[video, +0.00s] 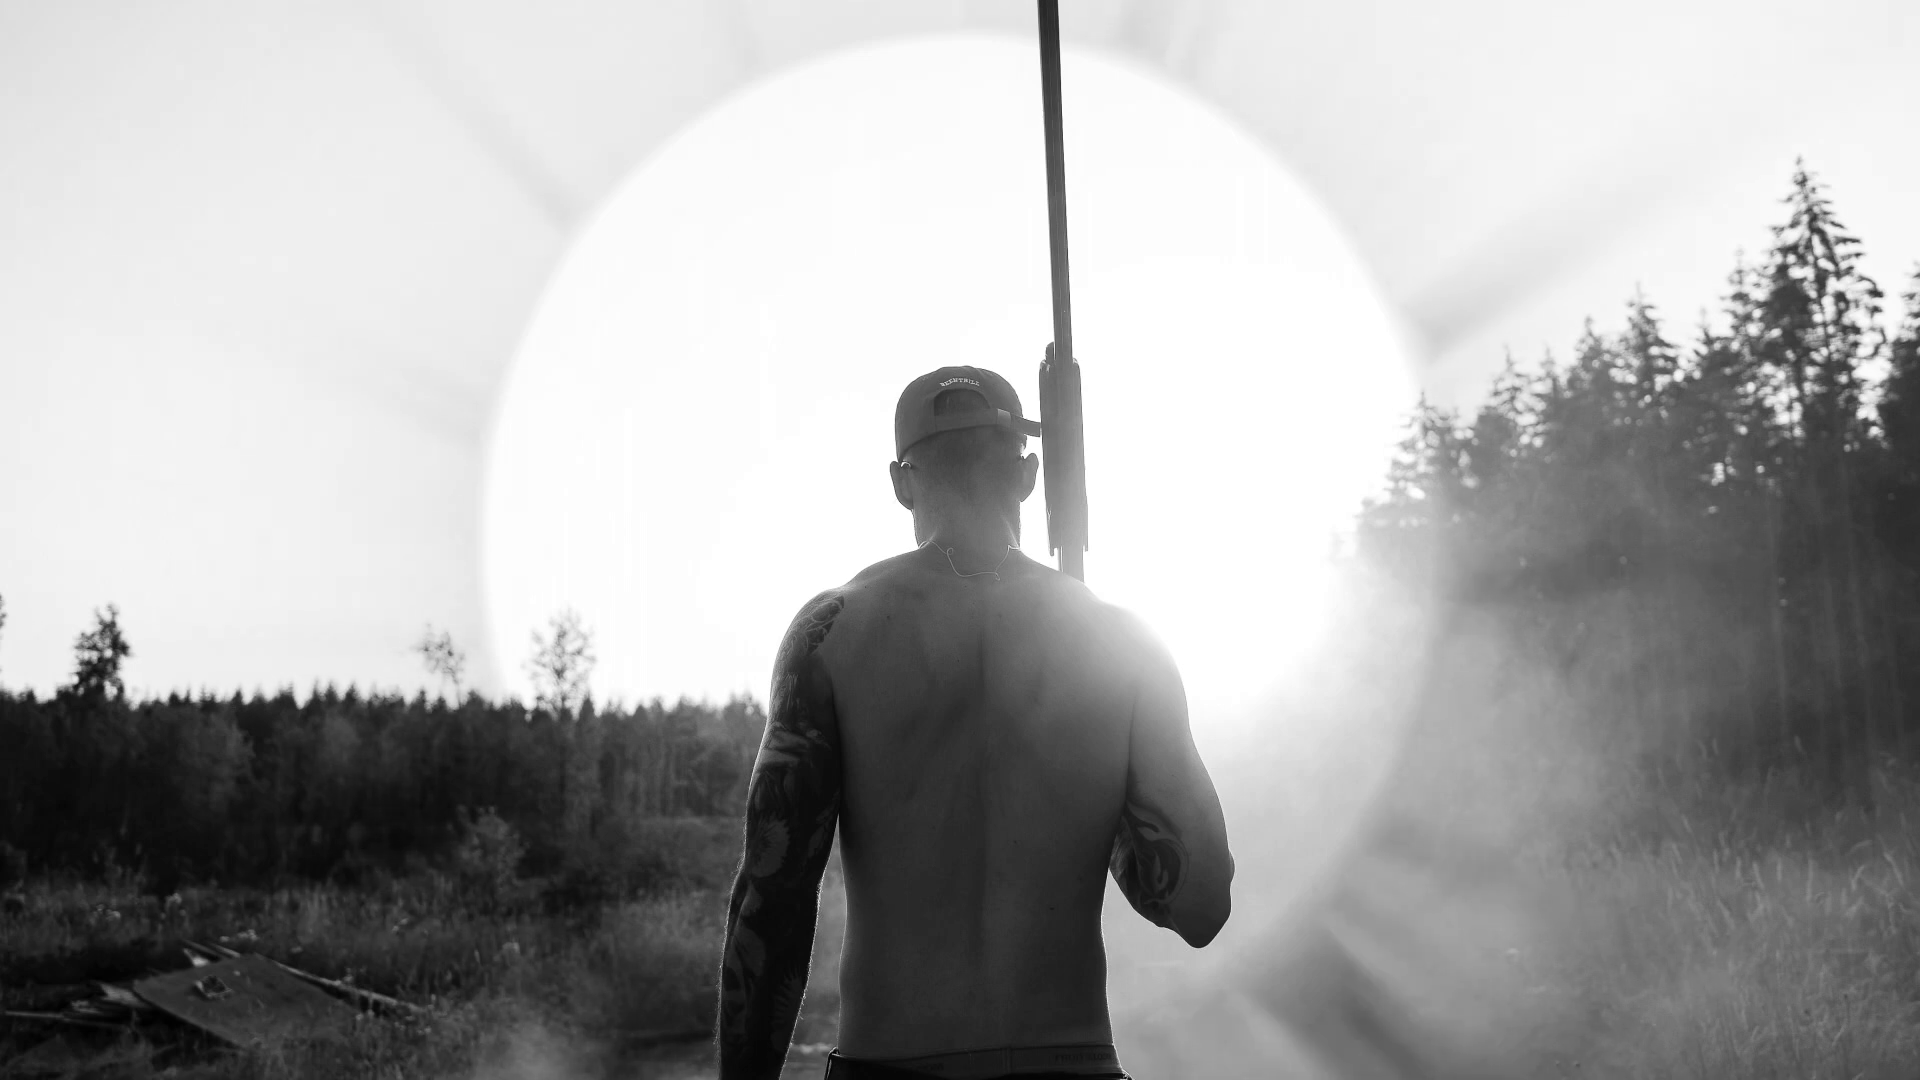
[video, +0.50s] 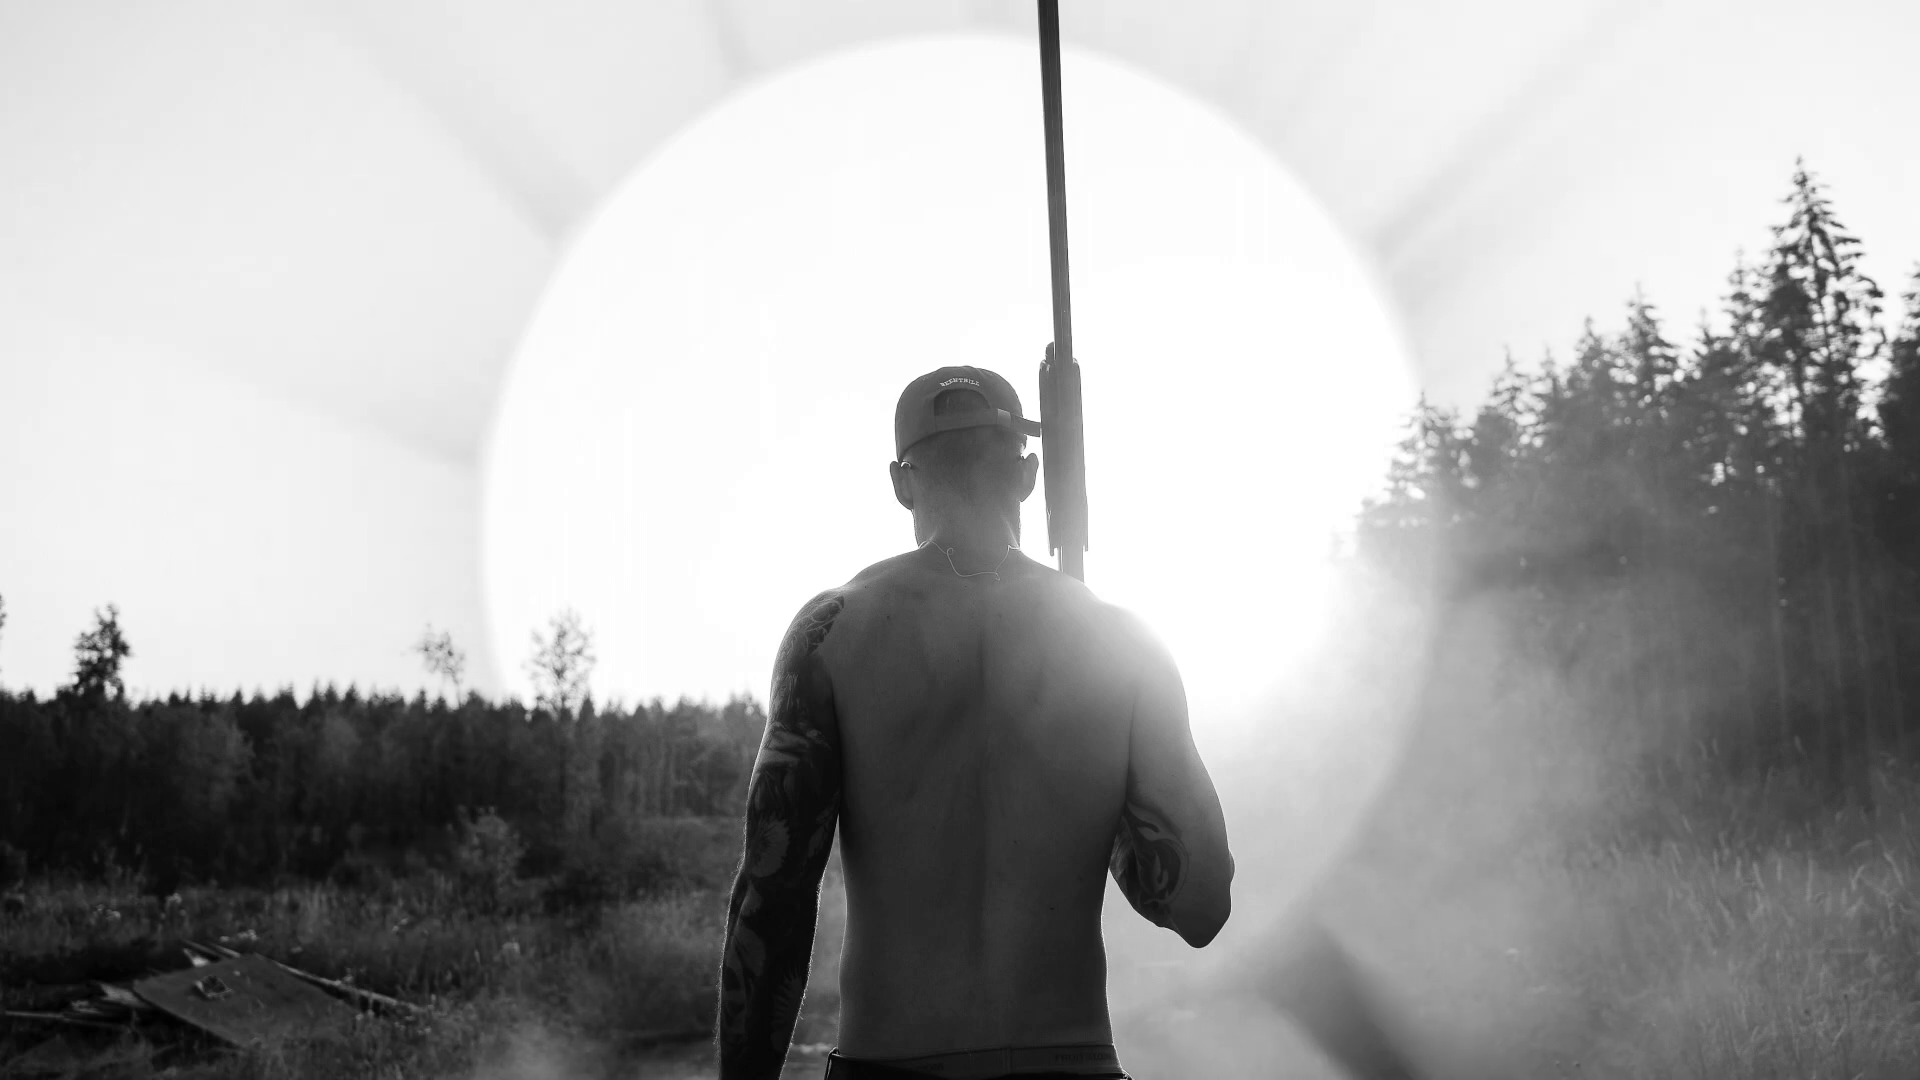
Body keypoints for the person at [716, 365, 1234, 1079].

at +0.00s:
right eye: (1018, 452)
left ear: (902, 484)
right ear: (1028, 476)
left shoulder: (832, 630)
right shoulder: (1121, 641)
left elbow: (773, 886)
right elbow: (1201, 904)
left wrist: (748, 1063)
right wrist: (1100, 803)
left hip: (885, 1045)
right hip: (1066, 1045)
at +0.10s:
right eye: (1018, 452)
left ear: (902, 484)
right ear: (1027, 476)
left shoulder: (832, 630)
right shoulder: (1121, 641)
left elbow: (773, 886)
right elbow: (1201, 904)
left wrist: (748, 1063)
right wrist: (1101, 803)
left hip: (885, 1045)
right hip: (1066, 1045)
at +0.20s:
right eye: (1018, 452)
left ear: (902, 484)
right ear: (1027, 476)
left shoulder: (832, 630)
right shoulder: (1121, 641)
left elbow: (773, 886)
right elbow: (1201, 904)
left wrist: (748, 1063)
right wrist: (1101, 803)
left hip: (885, 1045)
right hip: (1066, 1045)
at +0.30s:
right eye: (1018, 452)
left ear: (902, 484)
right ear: (1027, 476)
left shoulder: (832, 630)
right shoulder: (1121, 641)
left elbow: (773, 886)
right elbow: (1201, 904)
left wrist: (748, 1063)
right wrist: (1101, 803)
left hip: (885, 1045)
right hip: (1066, 1045)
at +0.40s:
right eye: (1018, 452)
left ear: (902, 484)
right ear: (1027, 476)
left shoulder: (832, 630)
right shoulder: (1121, 641)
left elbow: (773, 886)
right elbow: (1201, 904)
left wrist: (748, 1063)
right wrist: (1101, 803)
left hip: (885, 1045)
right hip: (1066, 1045)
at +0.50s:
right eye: (1017, 450)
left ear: (903, 486)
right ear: (1027, 476)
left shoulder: (832, 630)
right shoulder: (1121, 641)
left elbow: (773, 884)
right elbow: (1201, 904)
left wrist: (747, 1063)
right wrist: (1102, 803)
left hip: (887, 1045)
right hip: (1068, 1045)